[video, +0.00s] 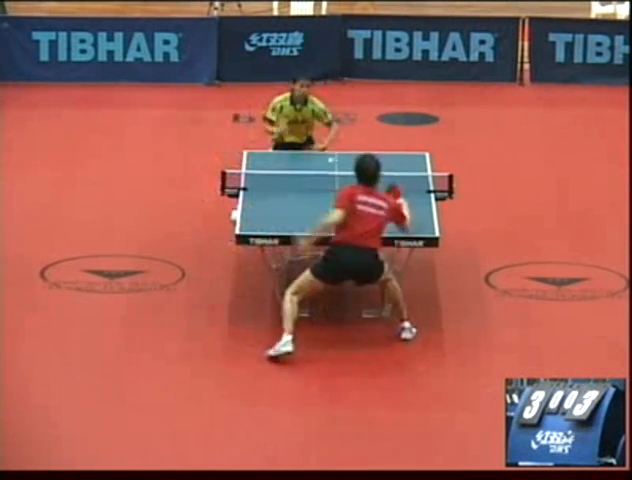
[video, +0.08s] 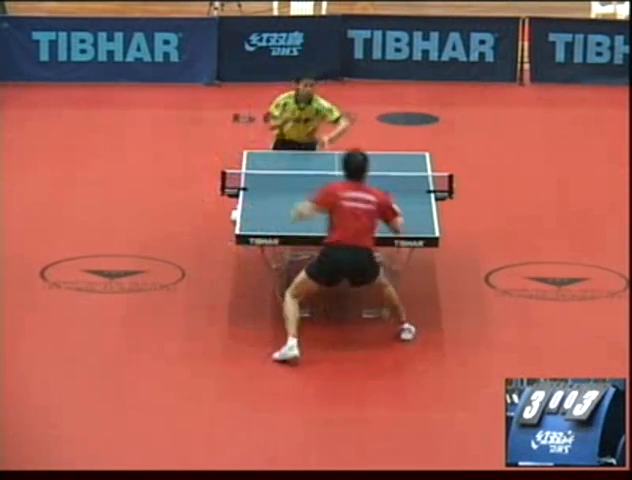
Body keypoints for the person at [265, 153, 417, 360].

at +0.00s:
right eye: (374, 172)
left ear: (357, 174)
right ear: (378, 176)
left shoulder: (350, 194)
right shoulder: (386, 201)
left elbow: (337, 218)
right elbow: (404, 223)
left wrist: (310, 239)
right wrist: (400, 200)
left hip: (340, 253)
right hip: (368, 255)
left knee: (293, 293)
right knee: (388, 280)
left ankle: (286, 338)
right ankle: (406, 325)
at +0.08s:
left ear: (344, 170)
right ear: (366, 171)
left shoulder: (334, 191)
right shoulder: (377, 197)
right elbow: (397, 226)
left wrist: (300, 211)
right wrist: (395, 210)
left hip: (334, 252)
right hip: (363, 253)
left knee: (292, 295)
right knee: (384, 286)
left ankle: (291, 343)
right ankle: (405, 325)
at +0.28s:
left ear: (324, 167)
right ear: (347, 168)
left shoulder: (309, 187)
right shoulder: (356, 193)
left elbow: (290, 220)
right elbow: (377, 227)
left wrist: (301, 218)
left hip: (310, 247)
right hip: (340, 249)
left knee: (275, 290)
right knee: (368, 291)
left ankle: (269, 343)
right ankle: (385, 341)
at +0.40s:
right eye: (348, 182)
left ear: (324, 183)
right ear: (347, 186)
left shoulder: (307, 204)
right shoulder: (349, 213)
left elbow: (283, 226)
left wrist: (278, 235)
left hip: (296, 262)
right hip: (326, 266)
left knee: (261, 308)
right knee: (361, 300)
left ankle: (230, 354)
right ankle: (372, 344)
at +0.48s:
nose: (365, 196)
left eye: (362, 190)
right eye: (365, 192)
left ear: (343, 190)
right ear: (363, 195)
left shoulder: (321, 208)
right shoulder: (360, 218)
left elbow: (285, 220)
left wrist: (258, 228)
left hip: (299, 263)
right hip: (327, 271)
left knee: (263, 306)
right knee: (363, 311)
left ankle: (229, 352)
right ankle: (360, 362)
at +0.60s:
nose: (392, 199)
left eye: (391, 194)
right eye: (391, 194)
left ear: (368, 189)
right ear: (386, 194)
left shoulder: (343, 202)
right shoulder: (387, 216)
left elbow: (310, 213)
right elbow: (410, 230)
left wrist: (329, 207)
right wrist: (382, 231)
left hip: (321, 261)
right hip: (349, 267)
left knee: (282, 302)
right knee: (377, 315)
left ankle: (246, 345)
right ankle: (361, 366)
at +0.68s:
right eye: (397, 184)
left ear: (378, 181)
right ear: (398, 188)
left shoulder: (357, 198)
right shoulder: (399, 208)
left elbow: (321, 200)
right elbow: (430, 208)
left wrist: (338, 182)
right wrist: (429, 186)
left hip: (340, 258)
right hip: (368, 263)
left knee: (300, 300)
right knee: (391, 315)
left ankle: (268, 343)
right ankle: (367, 362)